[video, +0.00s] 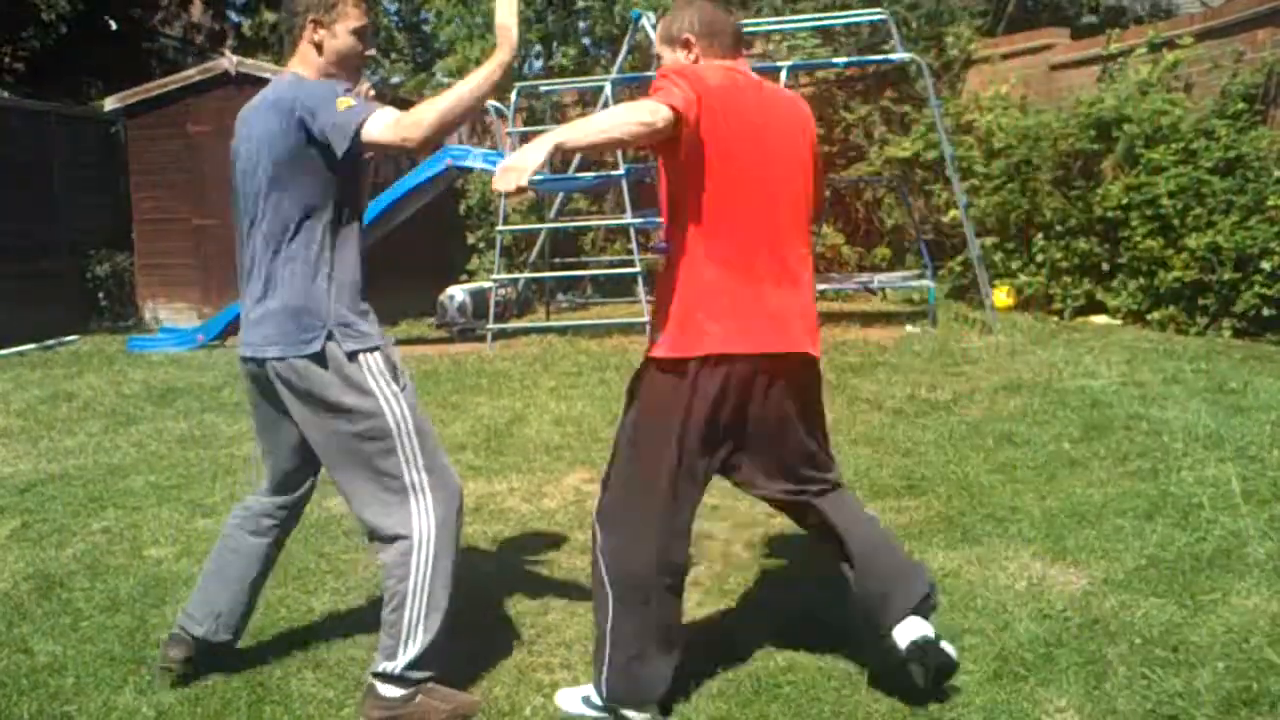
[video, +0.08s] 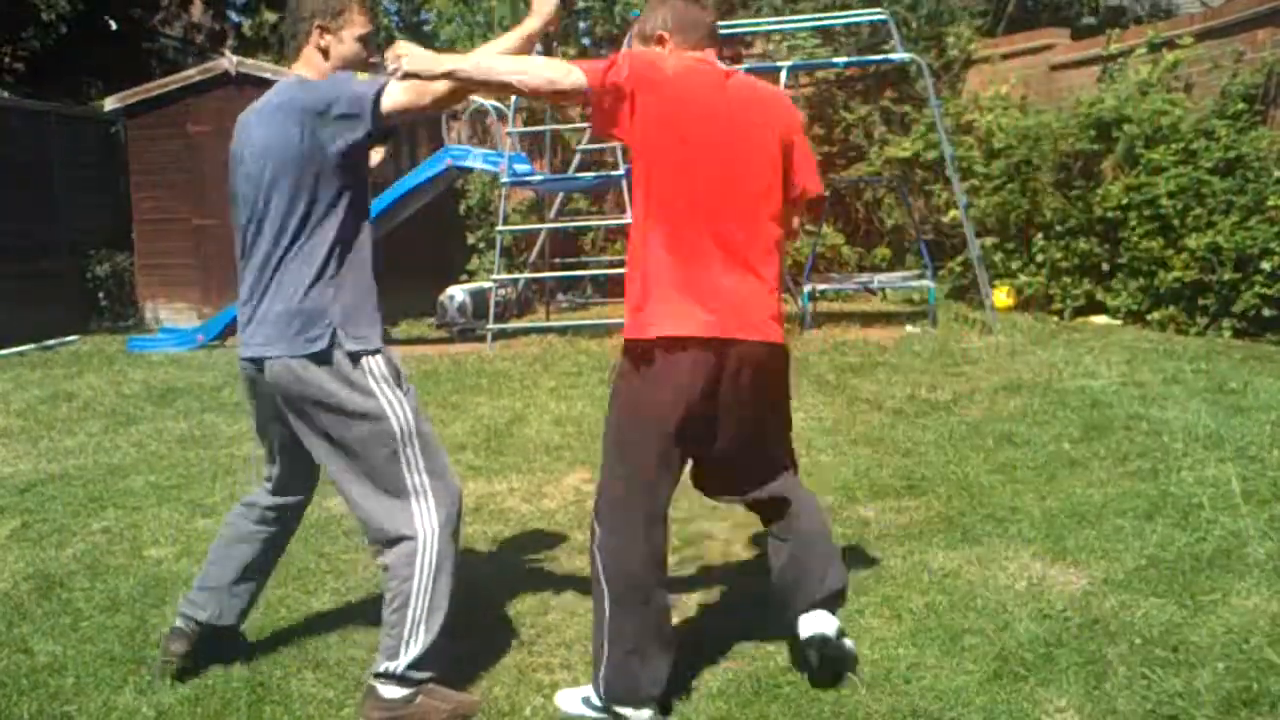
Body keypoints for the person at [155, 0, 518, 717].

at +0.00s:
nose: (370, 49)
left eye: (370, 35)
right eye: (362, 34)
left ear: (314, 34)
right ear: (318, 33)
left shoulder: (254, 114)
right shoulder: (308, 97)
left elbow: (330, 212)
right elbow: (412, 131)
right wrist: (502, 55)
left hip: (265, 338)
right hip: (328, 334)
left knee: (276, 492)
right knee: (426, 495)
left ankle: (196, 638)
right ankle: (400, 680)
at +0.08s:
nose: (375, 52)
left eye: (375, 40)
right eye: (366, 39)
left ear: (315, 37)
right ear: (321, 36)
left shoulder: (254, 121)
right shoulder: (322, 101)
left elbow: (351, 171)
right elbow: (437, 89)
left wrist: (410, 111)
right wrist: (531, 27)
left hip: (264, 348)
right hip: (329, 344)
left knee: (280, 487)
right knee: (426, 500)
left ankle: (197, 628)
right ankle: (401, 680)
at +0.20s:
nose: (362, 83)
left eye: (363, 70)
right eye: (356, 71)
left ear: (304, 68)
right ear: (316, 64)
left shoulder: (245, 139)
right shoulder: (328, 117)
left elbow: (304, 220)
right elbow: (445, 90)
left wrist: (363, 181)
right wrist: (526, 25)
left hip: (254, 362)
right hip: (321, 358)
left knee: (259, 501)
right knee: (426, 503)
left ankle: (180, 638)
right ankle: (401, 679)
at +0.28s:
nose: (349, 74)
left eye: (350, 63)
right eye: (343, 62)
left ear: (292, 59)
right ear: (307, 56)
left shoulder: (239, 131)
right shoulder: (309, 114)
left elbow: (325, 208)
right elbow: (418, 134)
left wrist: (366, 165)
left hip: (246, 353)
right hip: (305, 353)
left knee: (257, 497)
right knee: (401, 494)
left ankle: (189, 632)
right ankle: (399, 674)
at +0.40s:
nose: (345, 65)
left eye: (346, 51)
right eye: (339, 49)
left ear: (293, 42)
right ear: (298, 41)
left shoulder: (259, 107)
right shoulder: (270, 103)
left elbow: (335, 201)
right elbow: (349, 171)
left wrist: (372, 134)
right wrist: (414, 148)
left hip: (251, 333)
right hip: (289, 333)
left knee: (262, 484)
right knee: (377, 474)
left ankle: (188, 632)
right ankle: (383, 661)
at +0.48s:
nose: (341, 59)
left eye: (342, 45)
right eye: (334, 42)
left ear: (291, 37)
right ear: (292, 35)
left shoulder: (284, 111)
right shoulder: (250, 99)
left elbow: (366, 183)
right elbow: (294, 195)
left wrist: (387, 114)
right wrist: (389, 191)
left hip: (266, 327)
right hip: (281, 328)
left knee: (262, 476)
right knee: (365, 471)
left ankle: (185, 629)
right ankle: (355, 657)